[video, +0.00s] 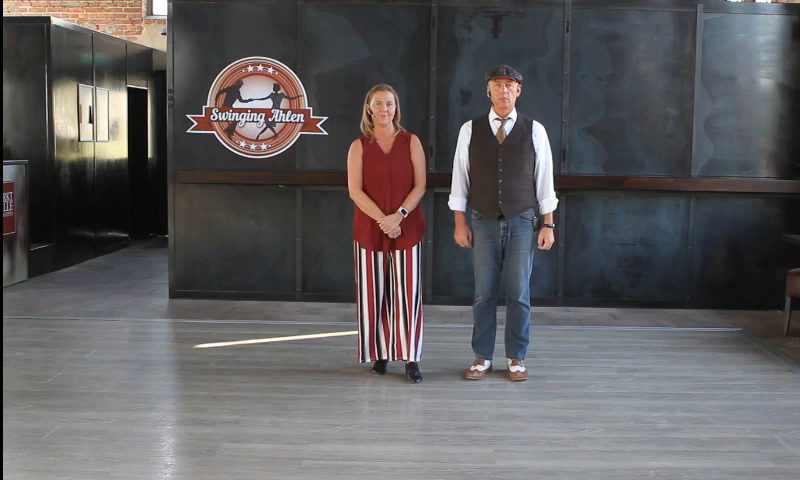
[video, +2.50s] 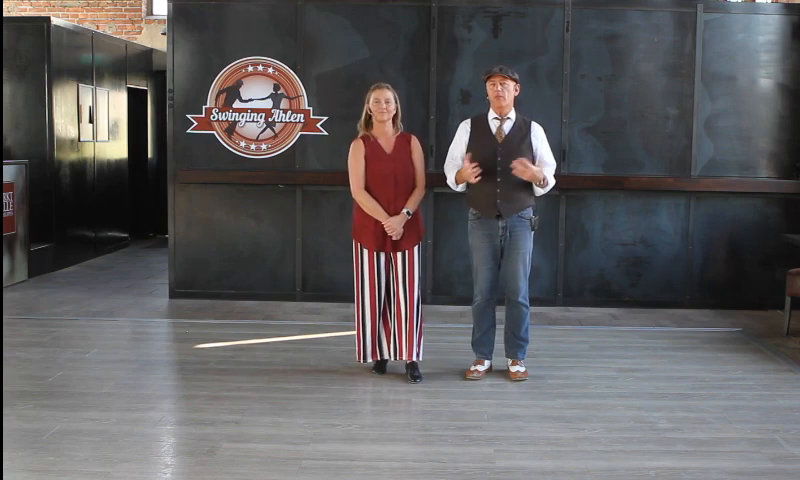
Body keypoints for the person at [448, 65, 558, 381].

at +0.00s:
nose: (505, 92)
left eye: (510, 87)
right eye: (499, 86)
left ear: (518, 92)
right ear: (489, 90)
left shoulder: (534, 131)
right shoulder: (470, 130)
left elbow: (545, 178)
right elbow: (460, 176)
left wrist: (548, 223)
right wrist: (459, 221)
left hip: (522, 222)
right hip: (482, 222)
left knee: (518, 293)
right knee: (484, 293)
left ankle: (517, 359)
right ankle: (481, 358)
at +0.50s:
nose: (504, 92)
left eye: (509, 87)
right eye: (498, 86)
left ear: (516, 92)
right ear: (488, 90)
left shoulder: (533, 131)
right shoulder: (469, 130)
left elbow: (544, 178)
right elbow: (458, 177)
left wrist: (547, 223)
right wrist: (455, 222)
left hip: (521, 221)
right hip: (480, 221)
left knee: (517, 293)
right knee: (483, 293)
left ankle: (516, 359)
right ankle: (482, 358)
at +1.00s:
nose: (503, 90)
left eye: (508, 85)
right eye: (497, 84)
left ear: (516, 91)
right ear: (488, 90)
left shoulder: (533, 131)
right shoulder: (468, 130)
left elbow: (548, 172)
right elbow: (454, 172)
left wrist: (547, 193)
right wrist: (454, 198)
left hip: (520, 220)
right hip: (480, 221)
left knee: (517, 293)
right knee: (483, 293)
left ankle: (516, 359)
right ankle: (481, 358)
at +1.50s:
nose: (502, 92)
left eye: (507, 87)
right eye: (496, 87)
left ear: (515, 92)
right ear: (486, 91)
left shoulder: (532, 130)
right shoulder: (467, 129)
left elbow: (544, 173)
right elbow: (457, 171)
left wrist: (515, 174)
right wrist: (488, 175)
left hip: (519, 219)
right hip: (481, 220)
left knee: (517, 291)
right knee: (483, 291)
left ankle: (516, 358)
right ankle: (482, 358)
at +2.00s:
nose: (500, 92)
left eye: (505, 86)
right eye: (494, 86)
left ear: (514, 91)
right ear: (485, 91)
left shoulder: (531, 129)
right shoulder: (467, 128)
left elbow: (543, 172)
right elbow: (456, 170)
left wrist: (513, 175)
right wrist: (486, 176)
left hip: (519, 220)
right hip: (481, 220)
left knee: (517, 292)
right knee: (483, 292)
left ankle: (516, 358)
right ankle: (482, 358)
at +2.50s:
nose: (499, 91)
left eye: (504, 85)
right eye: (493, 86)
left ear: (515, 90)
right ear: (486, 91)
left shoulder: (532, 130)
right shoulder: (469, 128)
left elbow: (548, 177)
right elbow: (451, 175)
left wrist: (534, 173)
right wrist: (462, 174)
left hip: (520, 219)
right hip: (481, 220)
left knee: (517, 292)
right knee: (483, 292)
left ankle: (516, 359)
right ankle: (482, 358)